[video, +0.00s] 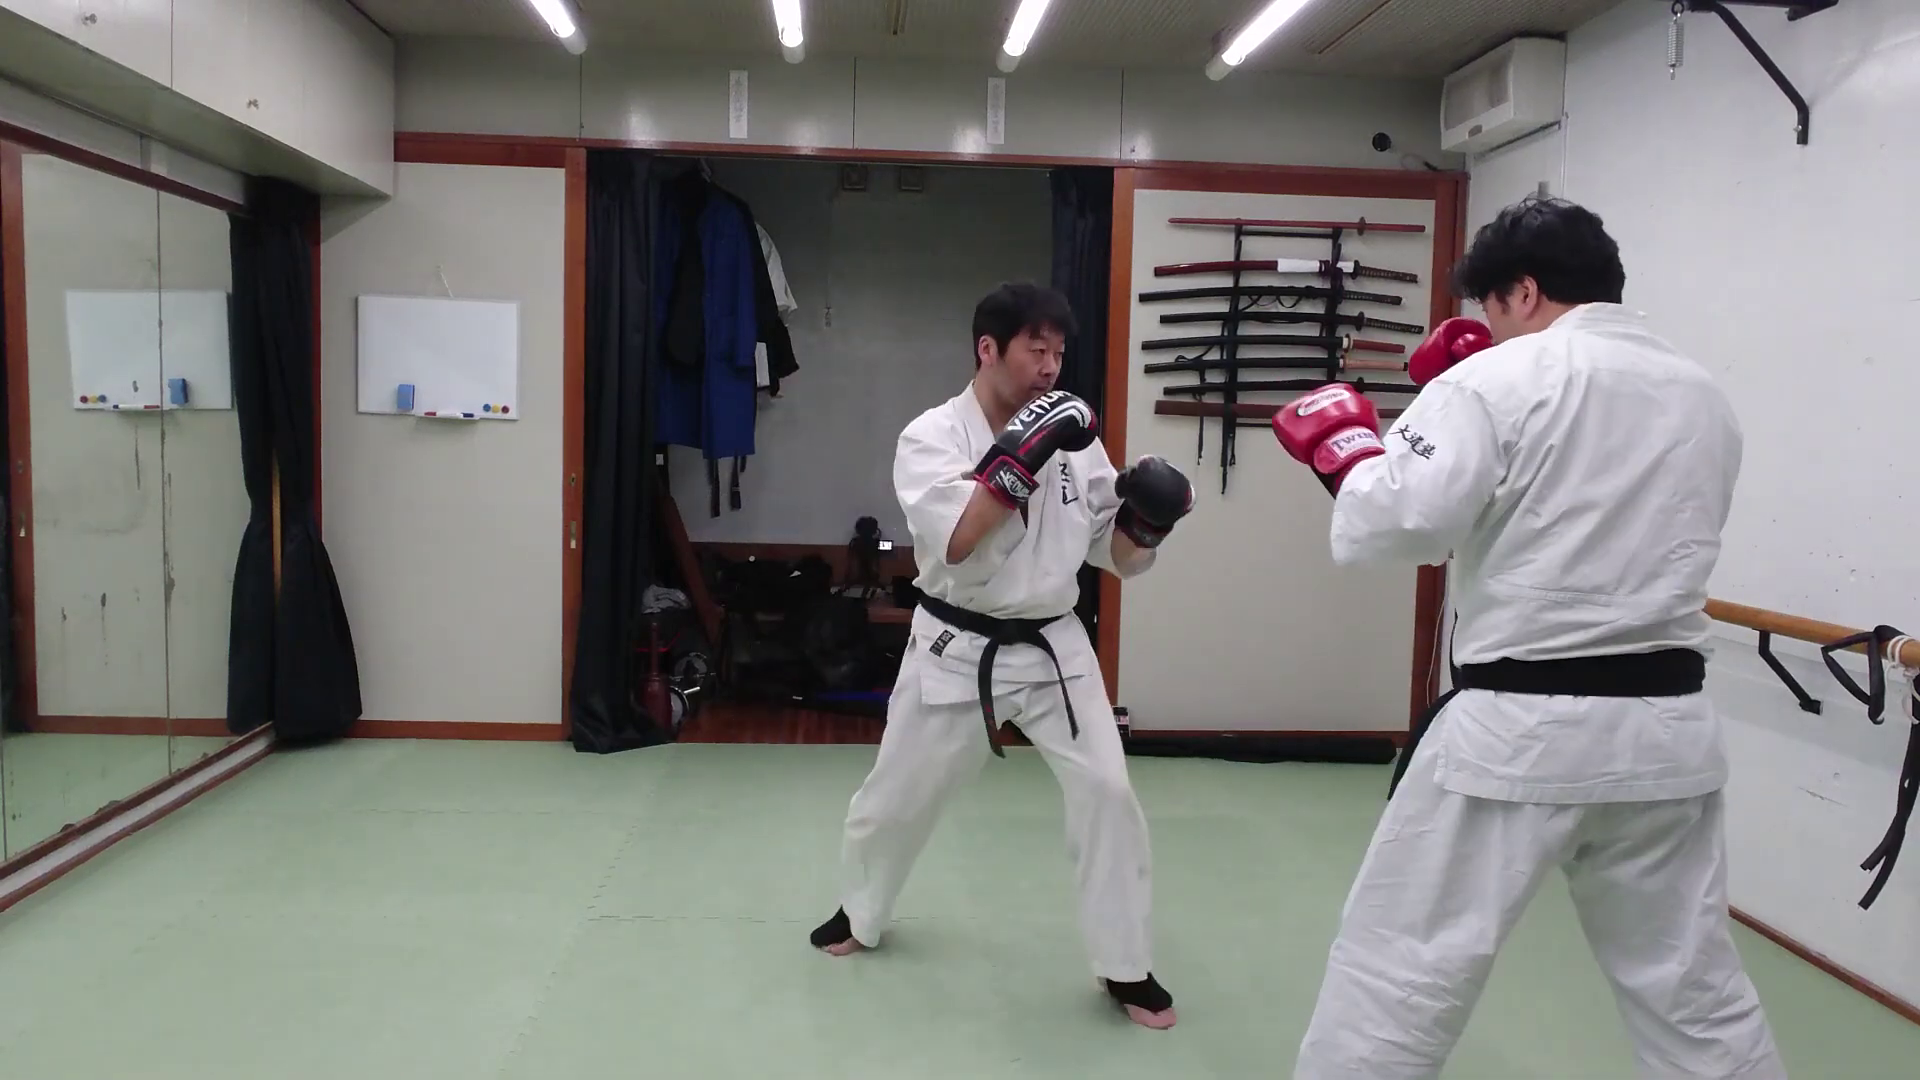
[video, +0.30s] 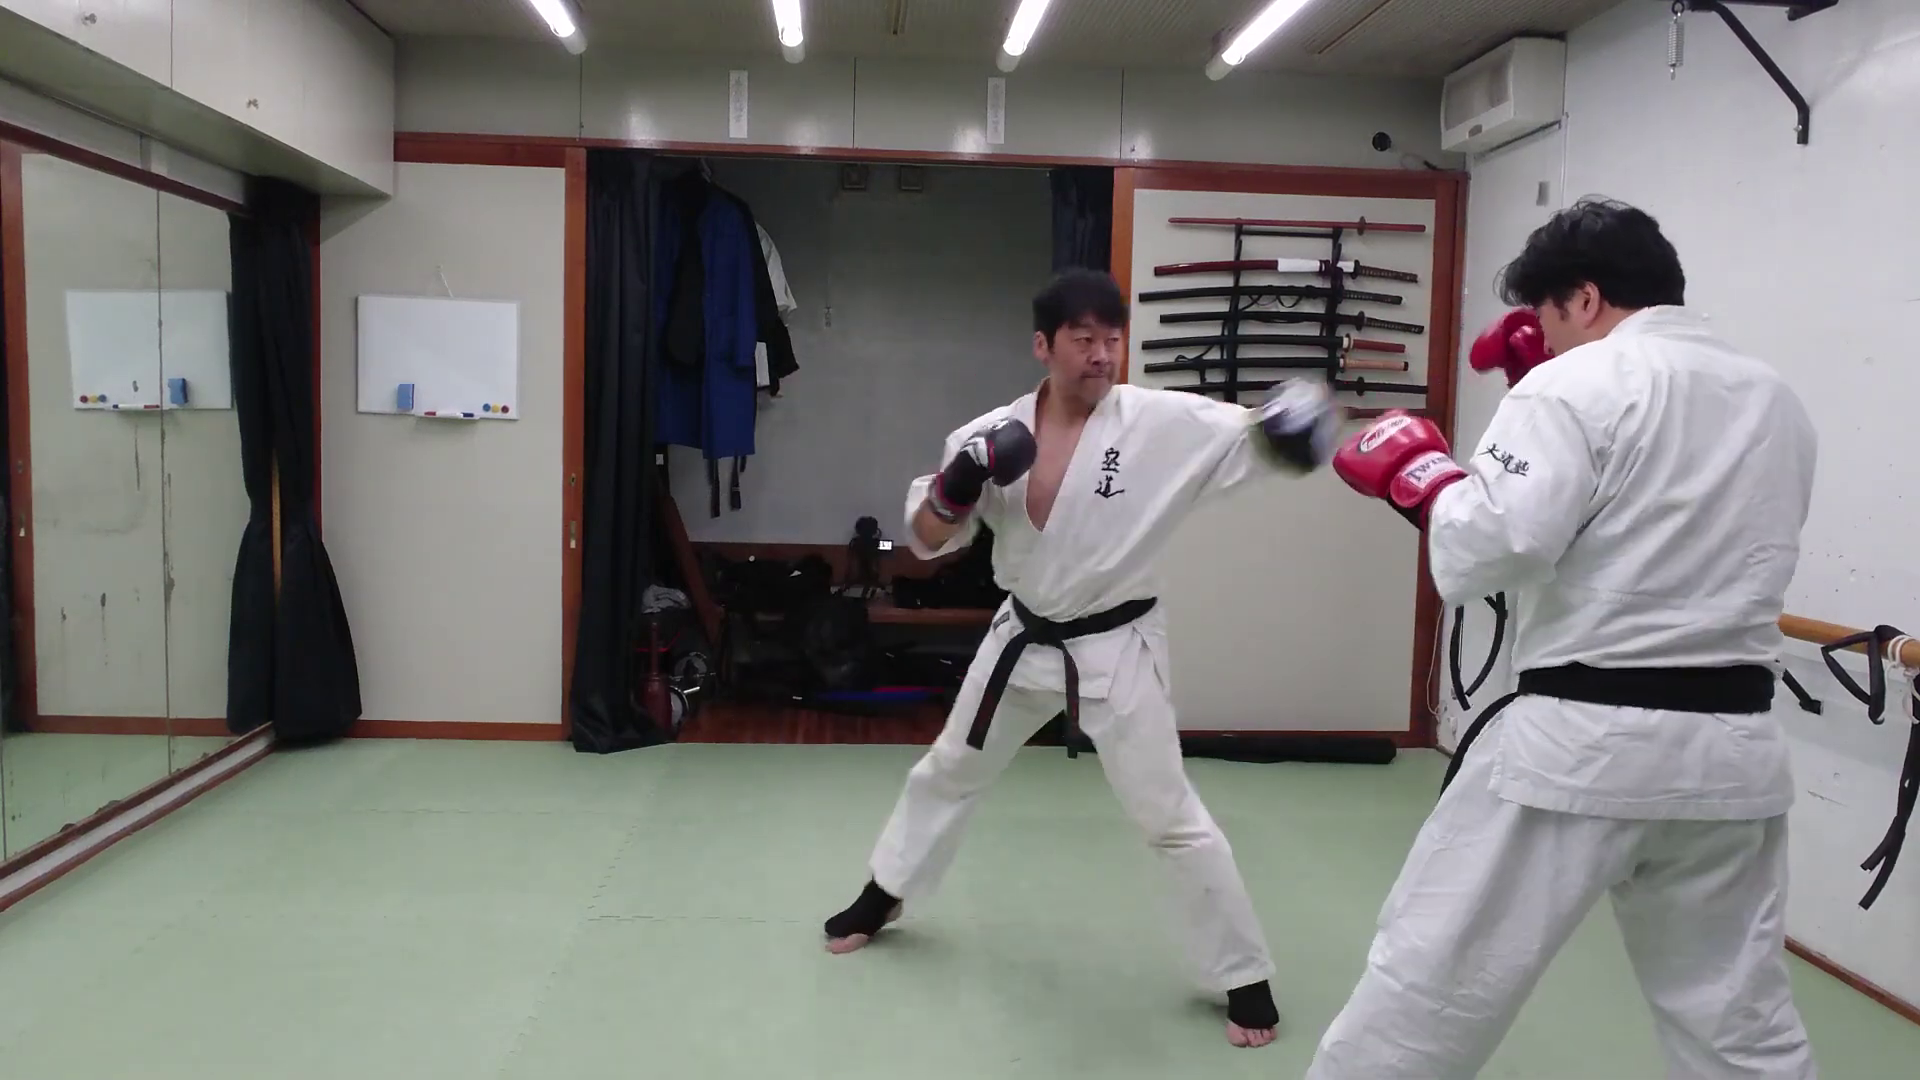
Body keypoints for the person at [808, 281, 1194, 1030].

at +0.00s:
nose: (1050, 366)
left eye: (1058, 353)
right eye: (1037, 349)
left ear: (1063, 361)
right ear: (988, 349)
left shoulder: (1074, 440)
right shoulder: (930, 437)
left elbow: (1119, 557)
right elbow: (955, 542)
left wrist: (1147, 521)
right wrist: (1023, 452)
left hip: (1054, 640)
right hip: (950, 640)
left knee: (1108, 789)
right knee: (892, 800)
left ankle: (1126, 966)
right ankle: (861, 911)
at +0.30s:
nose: (1100, 355)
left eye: (1112, 341)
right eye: (1083, 340)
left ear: (1125, 347)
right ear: (1044, 345)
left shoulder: (1158, 420)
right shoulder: (995, 433)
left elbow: (1263, 439)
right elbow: (926, 541)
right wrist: (956, 485)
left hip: (1118, 642)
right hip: (1020, 635)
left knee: (1169, 819)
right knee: (948, 768)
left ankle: (1246, 979)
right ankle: (882, 893)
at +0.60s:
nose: (1204, 334)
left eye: (1216, 320)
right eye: (1186, 319)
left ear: (1229, 328)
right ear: (1150, 327)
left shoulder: (1263, 417)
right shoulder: (1104, 412)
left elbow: (1354, 523)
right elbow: (1060, 523)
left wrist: (1321, 521)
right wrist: (1108, 459)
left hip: (1209, 627)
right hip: (1115, 618)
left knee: (1214, 800)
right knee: (1090, 751)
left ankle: (1253, 979)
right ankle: (1103, 854)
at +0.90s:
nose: (1259, 360)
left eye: (1273, 345)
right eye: (1246, 343)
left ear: (1287, 341)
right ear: (1212, 329)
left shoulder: (1287, 398)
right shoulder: (1159, 391)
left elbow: (1348, 451)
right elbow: (1085, 470)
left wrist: (1356, 385)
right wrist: (1141, 401)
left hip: (1231, 598)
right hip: (1143, 591)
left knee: (1229, 755)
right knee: (1134, 738)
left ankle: (1233, 896)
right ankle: (1132, 847)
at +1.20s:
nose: (1280, 350)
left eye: (1293, 336)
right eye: (1265, 332)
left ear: (1307, 338)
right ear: (1233, 330)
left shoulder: (1328, 417)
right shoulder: (1180, 407)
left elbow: (1347, 508)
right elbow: (1131, 513)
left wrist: (1351, 534)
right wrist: (1178, 506)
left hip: (1271, 606)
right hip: (1180, 599)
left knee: (1288, 757)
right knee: (1145, 739)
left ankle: (1309, 913)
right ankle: (1133, 858)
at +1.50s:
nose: (1312, 334)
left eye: (1319, 319)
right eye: (1310, 317)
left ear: (1340, 329)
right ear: (1295, 322)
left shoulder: (1387, 419)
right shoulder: (1237, 409)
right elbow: (1184, 502)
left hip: (1336, 629)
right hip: (1237, 620)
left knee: (1348, 775)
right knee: (1176, 755)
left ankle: (1364, 915)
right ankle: (1175, 852)